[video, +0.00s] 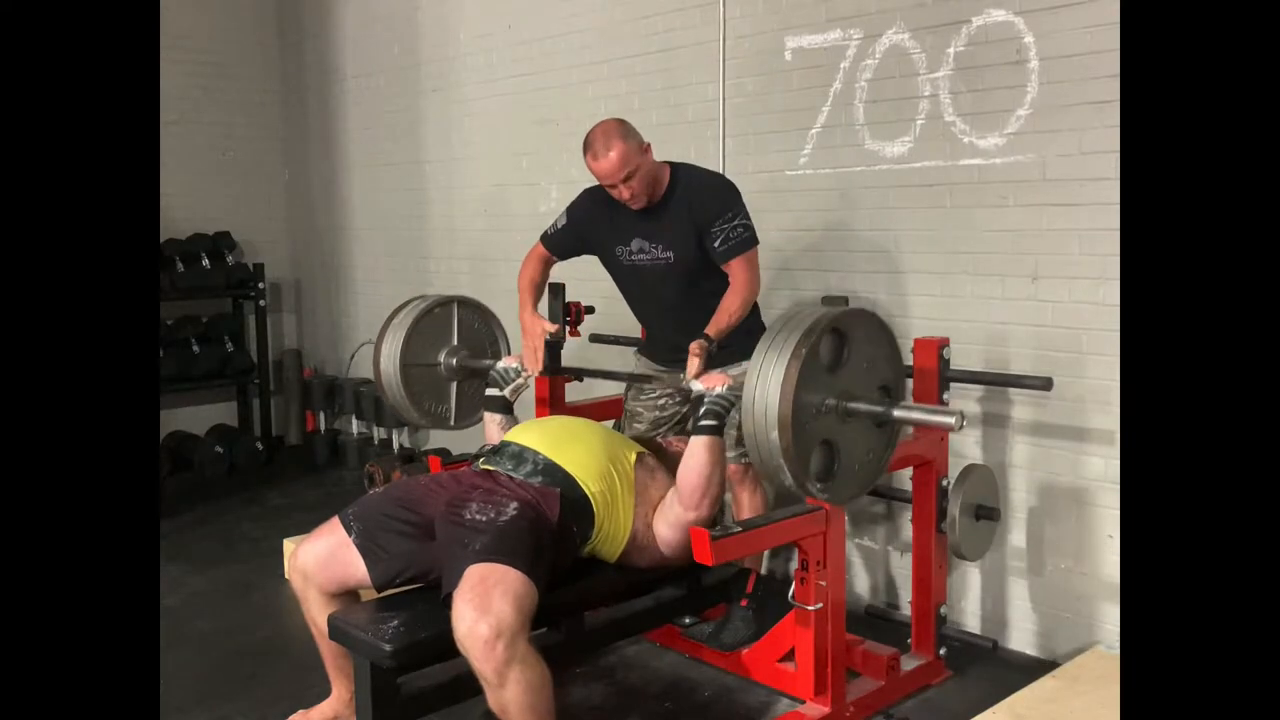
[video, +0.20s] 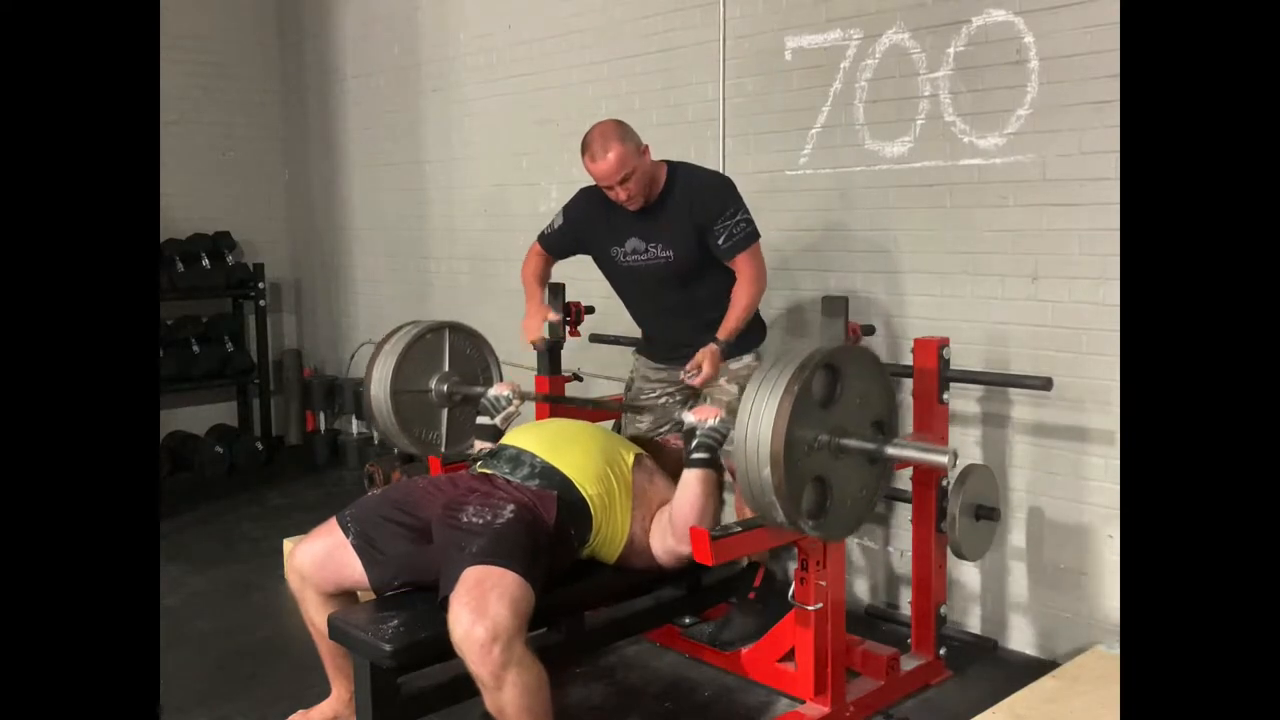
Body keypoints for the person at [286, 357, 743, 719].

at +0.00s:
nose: (682, 444)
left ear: (682, 447)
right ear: (662, 437)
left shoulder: (662, 500)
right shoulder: (571, 440)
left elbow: (697, 502)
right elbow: (496, 464)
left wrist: (712, 416)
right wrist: (497, 399)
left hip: (520, 503)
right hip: (453, 484)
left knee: (485, 629)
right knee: (307, 561)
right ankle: (343, 698)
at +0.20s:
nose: (669, 436)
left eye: (681, 439)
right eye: (665, 430)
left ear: (683, 463)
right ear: (642, 437)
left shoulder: (660, 497)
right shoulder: (566, 439)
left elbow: (682, 543)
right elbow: (489, 472)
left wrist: (705, 447)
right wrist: (489, 429)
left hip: (519, 506)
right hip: (458, 484)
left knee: (481, 633)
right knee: (305, 561)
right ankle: (342, 699)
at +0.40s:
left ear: (685, 463)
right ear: (661, 443)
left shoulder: (659, 499)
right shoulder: (574, 447)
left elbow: (682, 570)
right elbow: (510, 465)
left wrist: (700, 475)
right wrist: (496, 434)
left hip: (518, 509)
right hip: (453, 487)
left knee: (481, 633)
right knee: (305, 563)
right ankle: (344, 699)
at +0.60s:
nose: (671, 440)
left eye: (683, 441)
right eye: (668, 435)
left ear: (688, 462)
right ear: (652, 439)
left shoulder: (660, 503)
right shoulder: (578, 454)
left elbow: (685, 576)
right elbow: (514, 470)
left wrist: (697, 479)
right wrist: (492, 437)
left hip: (519, 514)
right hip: (453, 491)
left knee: (479, 636)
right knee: (302, 566)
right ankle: (344, 700)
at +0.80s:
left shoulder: (663, 512)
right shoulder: (584, 455)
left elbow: (691, 577)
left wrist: (704, 482)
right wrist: (491, 440)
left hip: (521, 508)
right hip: (453, 486)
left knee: (484, 634)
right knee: (306, 564)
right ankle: (343, 699)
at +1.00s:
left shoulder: (672, 504)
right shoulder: (582, 440)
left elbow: (710, 543)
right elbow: (515, 460)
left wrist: (717, 453)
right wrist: (503, 426)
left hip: (523, 498)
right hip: (463, 474)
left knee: (490, 627)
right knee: (311, 562)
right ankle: (342, 700)